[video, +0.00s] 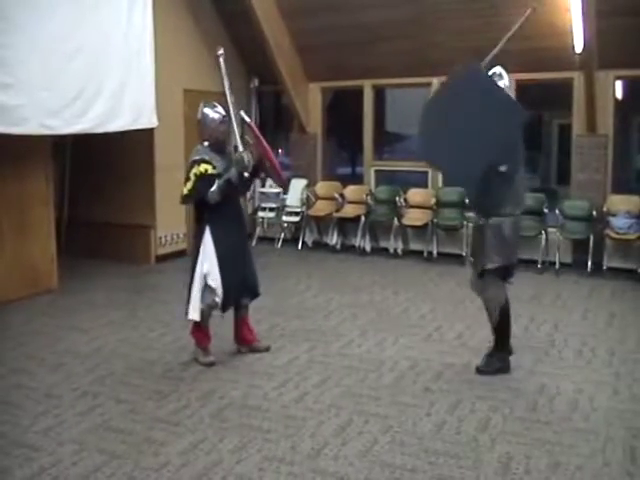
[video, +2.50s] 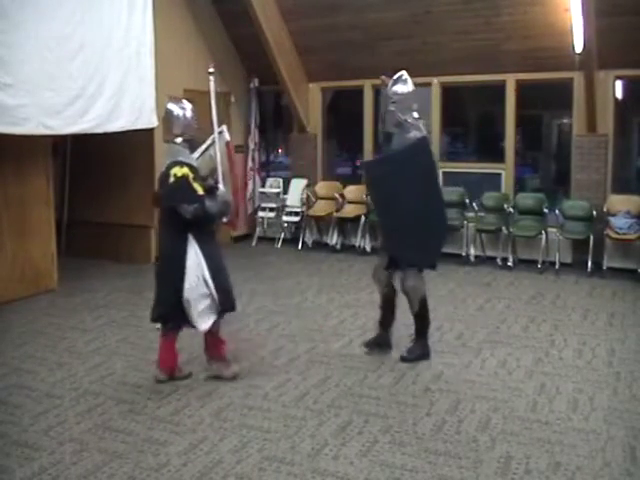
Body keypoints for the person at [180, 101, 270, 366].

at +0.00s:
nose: (226, 129)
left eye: (226, 123)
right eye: (220, 124)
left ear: (227, 127)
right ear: (206, 129)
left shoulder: (228, 156)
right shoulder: (201, 162)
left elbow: (238, 189)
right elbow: (209, 195)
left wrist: (254, 169)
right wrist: (235, 171)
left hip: (235, 227)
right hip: (212, 229)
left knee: (243, 279)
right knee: (209, 282)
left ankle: (244, 334)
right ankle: (201, 342)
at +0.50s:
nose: (232, 133)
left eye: (232, 128)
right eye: (227, 128)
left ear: (230, 130)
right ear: (212, 133)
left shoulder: (232, 158)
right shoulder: (207, 165)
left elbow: (238, 191)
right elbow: (216, 201)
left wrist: (255, 174)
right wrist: (243, 179)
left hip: (237, 230)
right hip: (216, 232)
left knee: (246, 281)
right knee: (212, 284)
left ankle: (246, 335)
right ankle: (201, 341)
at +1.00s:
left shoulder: (286, 179)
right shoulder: (257, 180)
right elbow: (266, 220)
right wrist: (297, 221)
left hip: (281, 246)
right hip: (256, 247)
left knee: (303, 283)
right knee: (236, 293)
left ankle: (310, 333)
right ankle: (209, 344)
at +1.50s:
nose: (310, 158)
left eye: (312, 154)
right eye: (306, 152)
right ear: (291, 150)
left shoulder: (293, 172)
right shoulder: (276, 176)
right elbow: (279, 216)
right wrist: (309, 223)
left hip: (297, 234)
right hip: (279, 237)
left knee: (313, 284)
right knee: (288, 289)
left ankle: (311, 333)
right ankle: (261, 343)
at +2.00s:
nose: (252, 135)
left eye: (252, 130)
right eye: (248, 130)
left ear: (238, 136)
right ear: (239, 135)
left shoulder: (244, 162)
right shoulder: (234, 171)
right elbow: (246, 211)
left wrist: (274, 196)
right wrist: (273, 202)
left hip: (241, 240)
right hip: (248, 244)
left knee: (239, 294)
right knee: (257, 294)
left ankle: (213, 336)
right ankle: (256, 353)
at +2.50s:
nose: (198, 128)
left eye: (195, 122)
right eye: (193, 123)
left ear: (176, 131)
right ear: (182, 129)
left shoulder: (184, 163)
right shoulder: (179, 169)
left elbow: (201, 192)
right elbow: (189, 210)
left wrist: (213, 193)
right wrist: (220, 203)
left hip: (178, 245)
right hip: (190, 246)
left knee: (174, 300)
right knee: (210, 296)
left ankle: (167, 364)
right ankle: (217, 359)